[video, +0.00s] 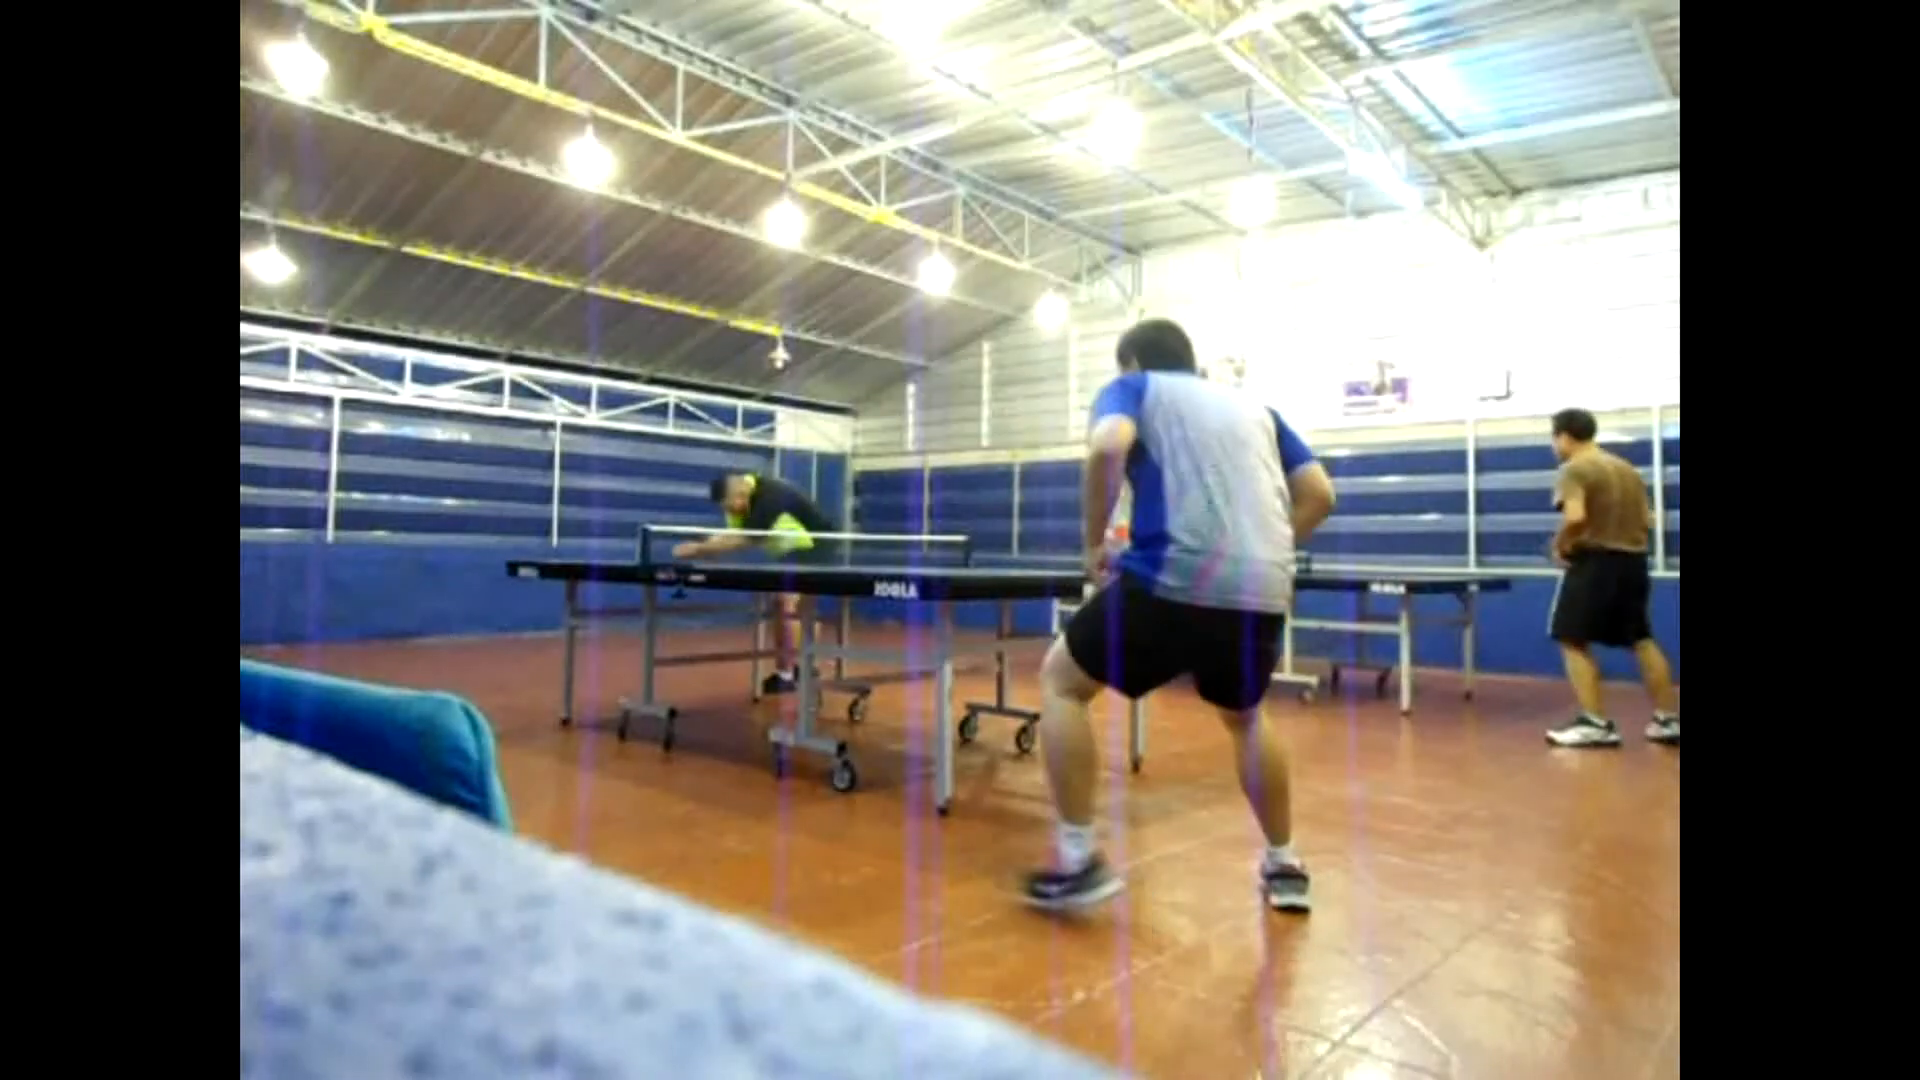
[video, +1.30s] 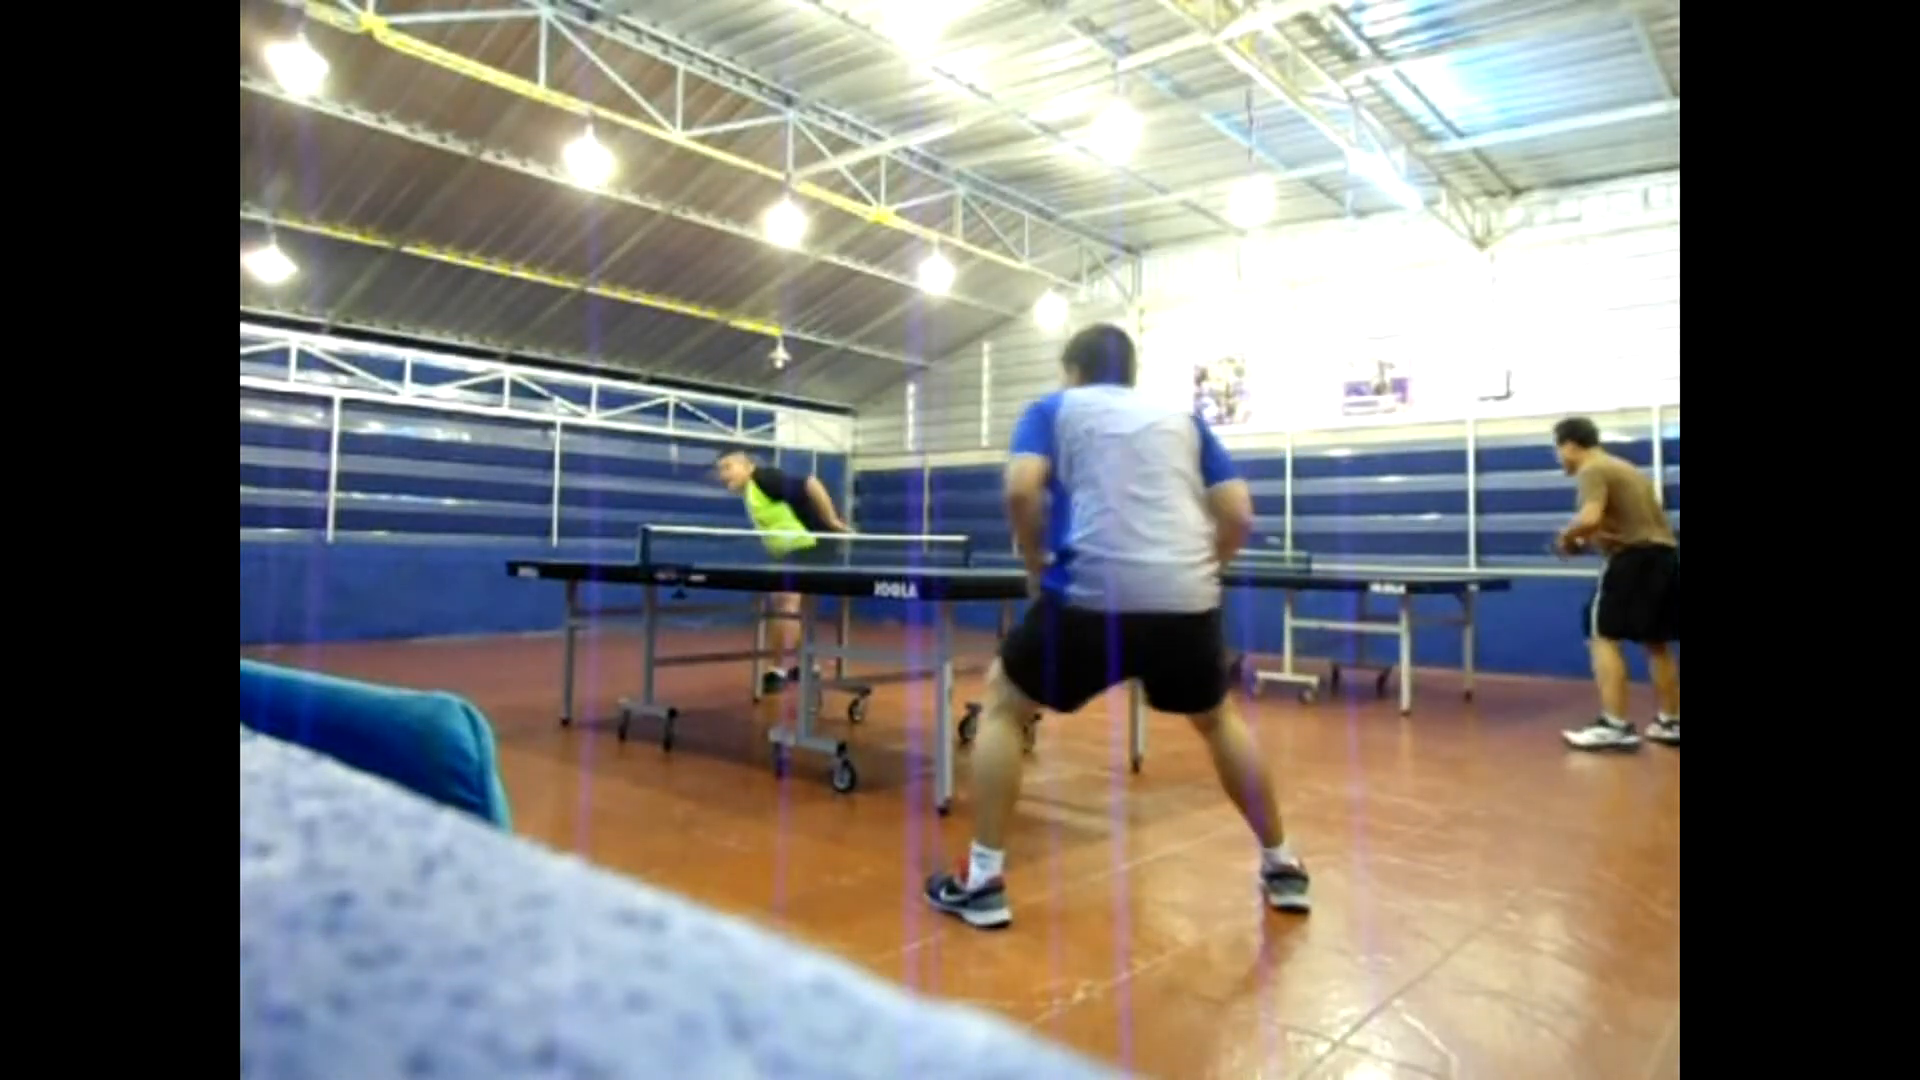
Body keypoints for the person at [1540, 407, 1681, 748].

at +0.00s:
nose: (1554, 445)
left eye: (1555, 437)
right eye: (1554, 438)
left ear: (1566, 437)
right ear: (1591, 435)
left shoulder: (1575, 470)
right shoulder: (1627, 469)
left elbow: (1576, 518)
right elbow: (1646, 520)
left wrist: (1561, 543)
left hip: (1594, 558)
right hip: (1633, 559)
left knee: (1571, 639)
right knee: (1641, 638)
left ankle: (1594, 720)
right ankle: (1668, 716)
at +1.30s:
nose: (1559, 457)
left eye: (1560, 449)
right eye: (1558, 450)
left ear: (1573, 445)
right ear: (1591, 443)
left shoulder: (1593, 469)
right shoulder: (1626, 468)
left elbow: (1590, 517)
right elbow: (1633, 528)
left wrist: (1568, 537)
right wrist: (1589, 537)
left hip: (1632, 554)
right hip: (1665, 551)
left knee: (1603, 638)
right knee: (1657, 642)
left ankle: (1614, 721)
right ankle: (1671, 719)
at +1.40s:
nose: (1546, 466)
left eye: (1547, 458)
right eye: (1545, 459)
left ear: (1560, 455)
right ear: (1577, 450)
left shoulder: (1586, 475)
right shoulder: (1612, 472)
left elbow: (1573, 528)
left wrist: (1546, 532)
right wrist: (1561, 535)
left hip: (1635, 559)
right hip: (1666, 554)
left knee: (1602, 640)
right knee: (1656, 645)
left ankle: (1599, 723)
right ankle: (1671, 719)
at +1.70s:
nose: (1523, 476)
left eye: (1524, 467)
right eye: (1522, 467)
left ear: (1538, 463)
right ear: (1552, 459)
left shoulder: (1568, 484)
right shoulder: (1582, 480)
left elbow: (1558, 530)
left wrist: (1525, 528)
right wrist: (1532, 525)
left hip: (1621, 567)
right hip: (1652, 561)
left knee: (1576, 642)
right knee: (1649, 645)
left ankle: (1595, 725)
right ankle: (1676, 718)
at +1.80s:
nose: (1524, 465)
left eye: (1526, 456)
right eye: (1523, 457)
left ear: (1542, 455)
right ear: (1551, 455)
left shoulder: (1573, 476)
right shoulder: (1560, 486)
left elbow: (1593, 512)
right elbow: (1529, 508)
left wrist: (1554, 532)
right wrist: (1492, 504)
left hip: (1621, 564)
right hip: (1647, 562)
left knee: (1577, 640)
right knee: (1653, 646)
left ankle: (1595, 724)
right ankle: (1680, 718)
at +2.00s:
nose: (1547, 455)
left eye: (1549, 447)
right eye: (1547, 447)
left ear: (1564, 446)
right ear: (1575, 445)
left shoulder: (1589, 470)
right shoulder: (1586, 474)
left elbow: (1633, 498)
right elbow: (1577, 511)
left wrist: (1595, 534)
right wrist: (1533, 514)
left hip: (1624, 563)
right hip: (1649, 562)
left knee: (1574, 638)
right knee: (1655, 645)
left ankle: (1595, 725)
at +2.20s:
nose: (1568, 451)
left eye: (1570, 443)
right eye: (1568, 443)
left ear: (1584, 443)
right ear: (1597, 441)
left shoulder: (1612, 467)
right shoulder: (1609, 470)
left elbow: (1639, 506)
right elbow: (1617, 519)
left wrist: (1593, 537)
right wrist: (1572, 527)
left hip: (1656, 557)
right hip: (1660, 555)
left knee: (1620, 635)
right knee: (1672, 640)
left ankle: (1626, 723)